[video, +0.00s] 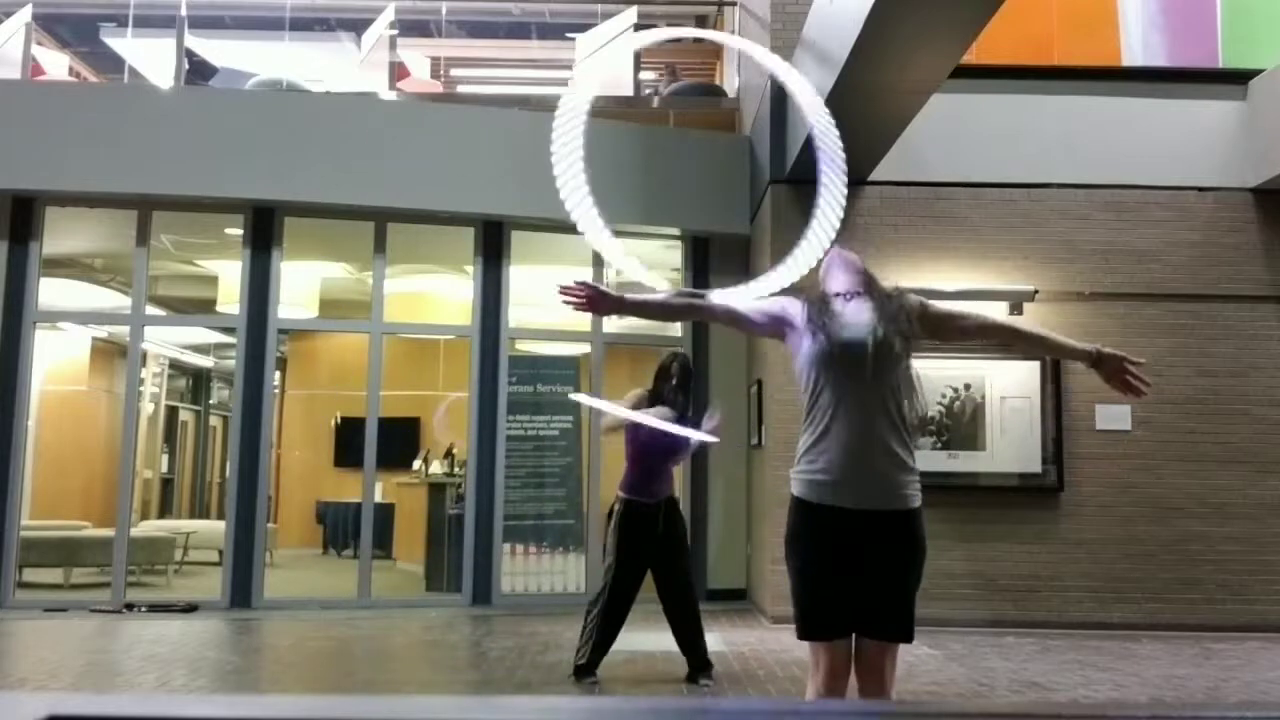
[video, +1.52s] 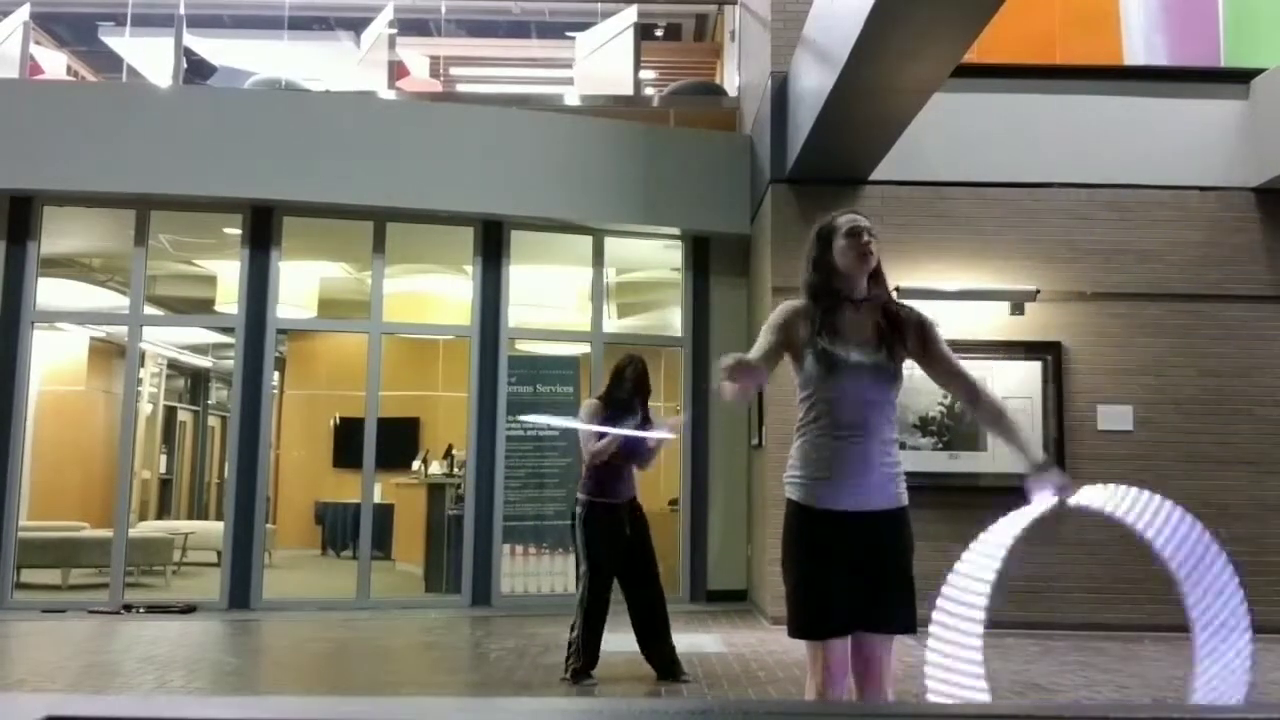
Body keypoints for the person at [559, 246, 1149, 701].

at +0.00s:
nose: (841, 255)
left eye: (849, 250)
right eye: (830, 254)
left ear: (866, 271)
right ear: (815, 272)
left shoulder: (903, 312)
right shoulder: (795, 311)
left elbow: (999, 333)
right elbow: (705, 306)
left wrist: (1088, 355)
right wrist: (620, 303)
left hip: (893, 509)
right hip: (820, 506)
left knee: (877, 672)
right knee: (829, 668)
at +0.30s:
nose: (868, 289)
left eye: (873, 292)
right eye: (854, 287)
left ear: (877, 312)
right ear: (826, 304)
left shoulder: (902, 343)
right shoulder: (802, 331)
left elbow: (995, 364)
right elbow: (716, 318)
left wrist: (1075, 397)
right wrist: (628, 309)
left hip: (904, 516)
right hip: (830, 513)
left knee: (883, 674)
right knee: (835, 673)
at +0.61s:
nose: (885, 282)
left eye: (887, 280)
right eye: (872, 277)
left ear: (885, 300)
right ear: (844, 287)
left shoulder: (905, 348)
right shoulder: (809, 325)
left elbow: (987, 378)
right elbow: (714, 311)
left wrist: (1041, 355)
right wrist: (623, 300)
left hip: (903, 515)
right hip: (833, 514)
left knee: (889, 671)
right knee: (844, 674)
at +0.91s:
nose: (887, 257)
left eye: (886, 252)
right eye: (874, 251)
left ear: (878, 271)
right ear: (844, 263)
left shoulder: (902, 324)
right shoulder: (804, 317)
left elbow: (989, 346)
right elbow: (705, 317)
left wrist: (1014, 303)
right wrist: (620, 319)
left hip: (899, 508)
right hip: (830, 509)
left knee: (883, 675)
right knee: (841, 673)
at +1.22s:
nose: (889, 246)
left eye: (887, 239)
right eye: (877, 240)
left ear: (878, 259)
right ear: (848, 254)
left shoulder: (904, 322)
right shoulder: (808, 312)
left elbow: (986, 358)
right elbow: (727, 330)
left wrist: (1065, 358)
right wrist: (649, 335)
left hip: (890, 506)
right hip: (822, 506)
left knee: (877, 672)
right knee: (837, 673)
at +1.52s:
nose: (866, 241)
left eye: (870, 234)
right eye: (852, 234)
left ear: (877, 253)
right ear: (824, 253)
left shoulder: (905, 323)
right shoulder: (797, 318)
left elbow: (971, 393)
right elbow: (750, 375)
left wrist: (1033, 460)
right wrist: (739, 375)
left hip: (883, 508)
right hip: (816, 508)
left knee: (874, 666)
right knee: (830, 667)